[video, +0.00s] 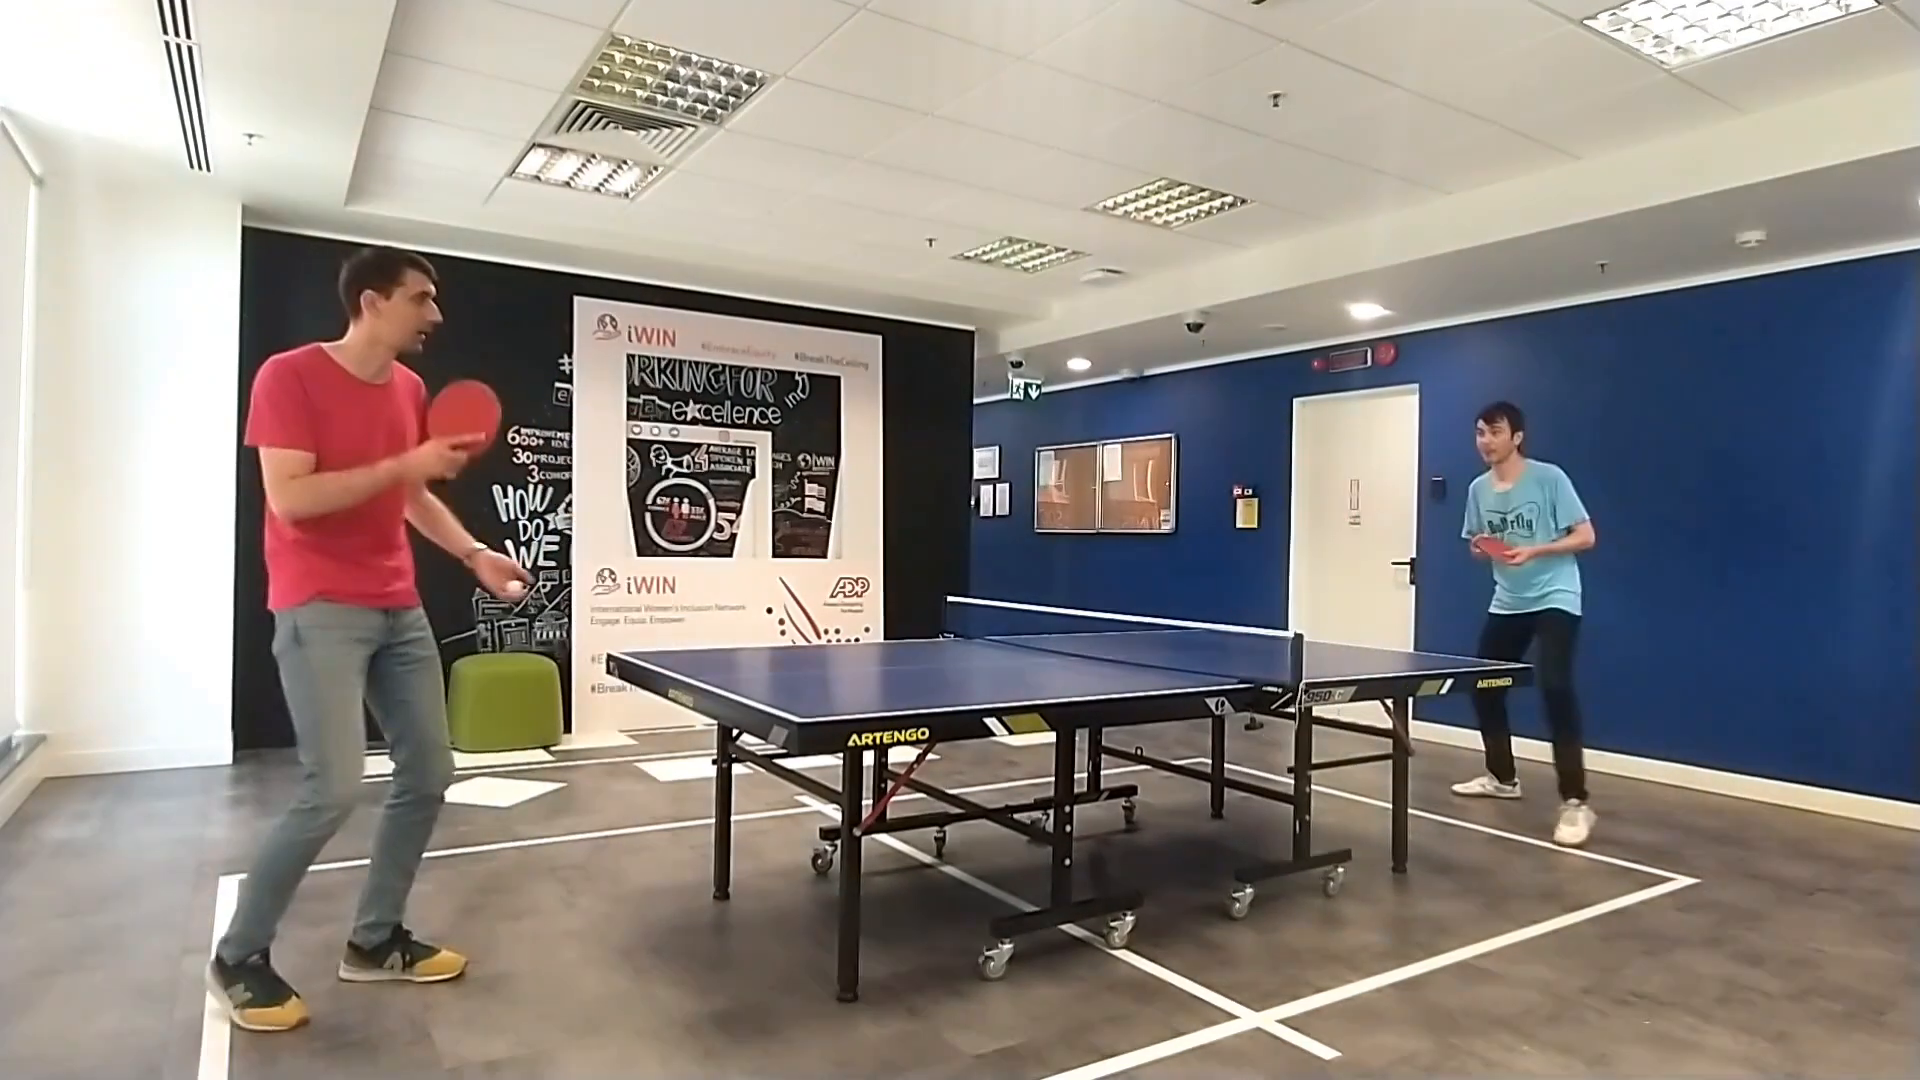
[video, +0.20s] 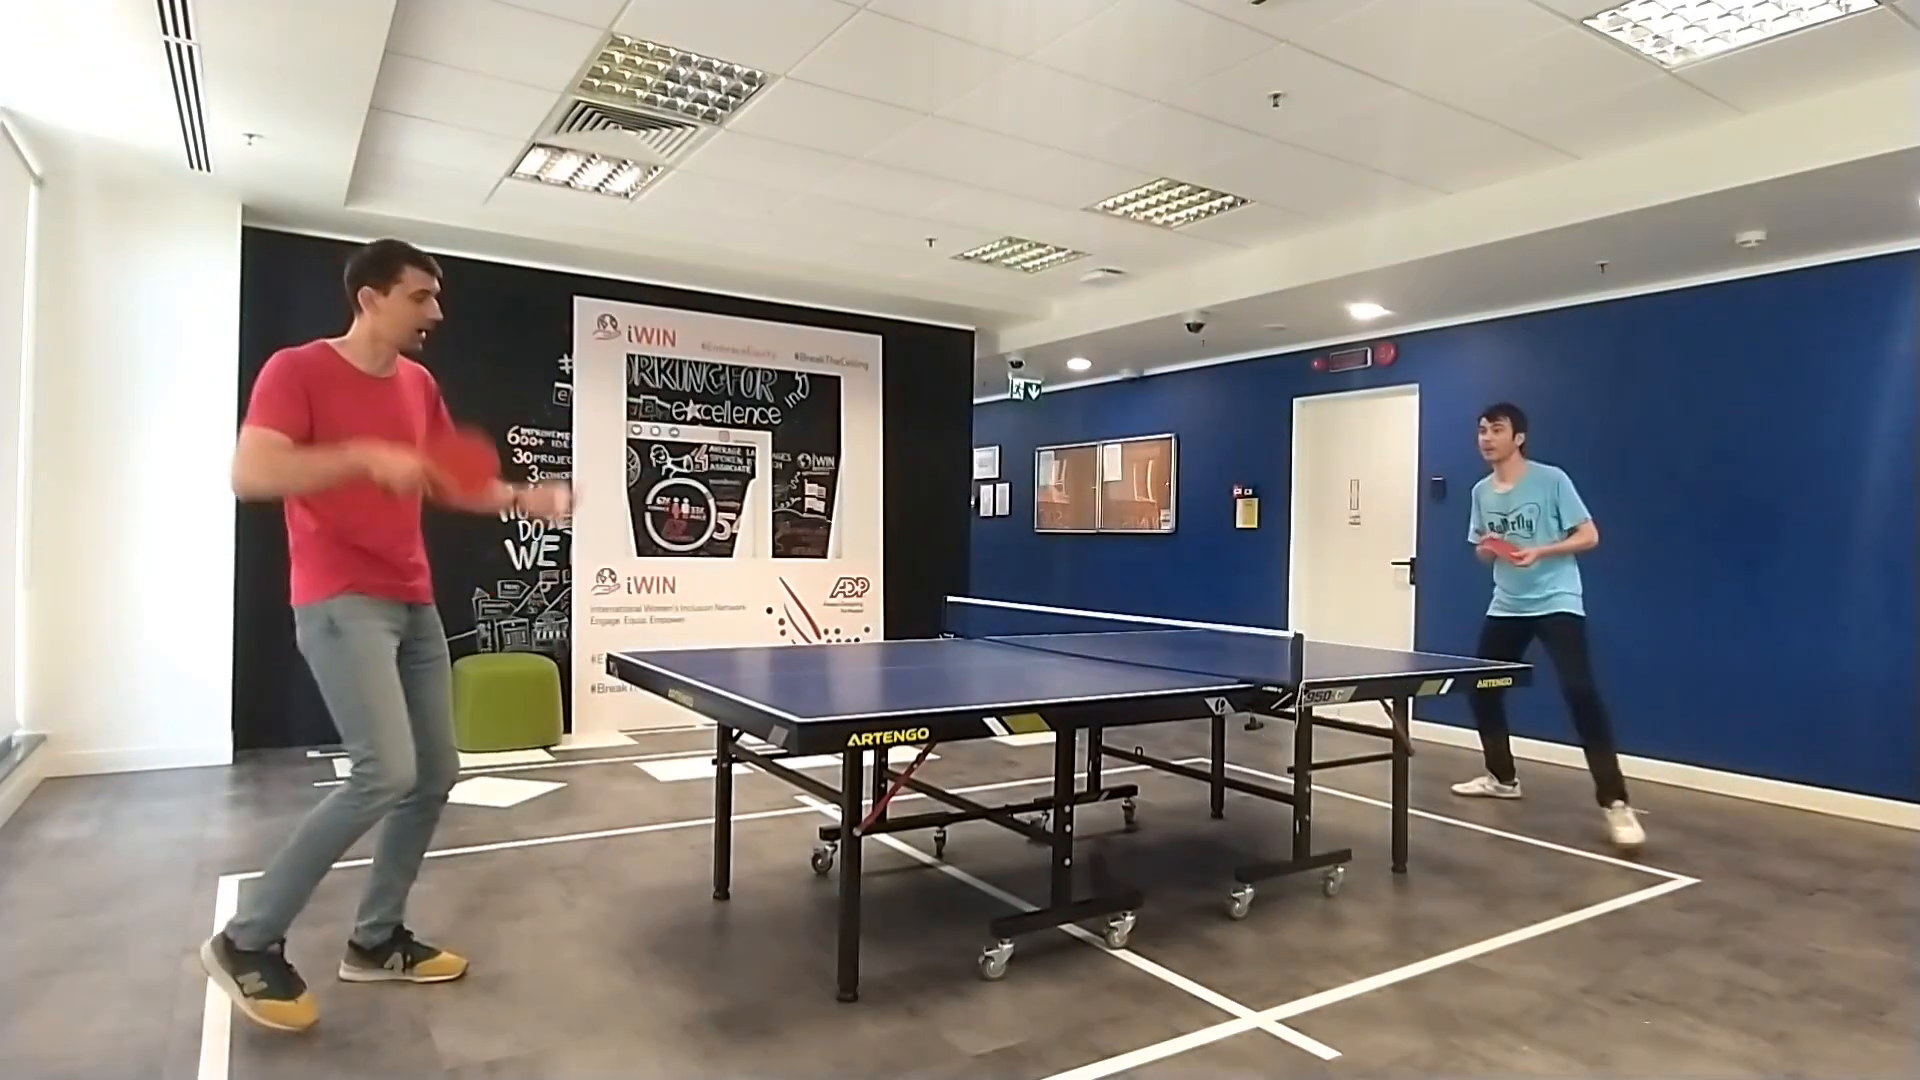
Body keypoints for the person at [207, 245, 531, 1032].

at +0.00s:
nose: (434, 314)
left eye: (434, 302)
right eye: (422, 299)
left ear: (397, 308)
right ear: (370, 303)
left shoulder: (407, 390)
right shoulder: (287, 377)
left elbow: (409, 492)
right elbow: (290, 500)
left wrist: (473, 552)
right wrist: (406, 466)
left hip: (399, 611)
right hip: (319, 614)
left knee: (426, 772)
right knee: (333, 788)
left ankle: (375, 937)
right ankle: (238, 957)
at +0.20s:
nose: (433, 312)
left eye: (436, 299)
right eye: (422, 297)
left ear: (399, 305)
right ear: (370, 299)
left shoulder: (417, 386)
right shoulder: (296, 370)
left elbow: (445, 482)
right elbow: (251, 471)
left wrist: (519, 497)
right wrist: (364, 457)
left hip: (414, 604)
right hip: (340, 604)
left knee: (431, 775)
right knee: (382, 772)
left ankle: (377, 936)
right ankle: (247, 939)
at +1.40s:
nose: (289, 356)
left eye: (287, 340)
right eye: (275, 340)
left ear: (223, 351)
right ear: (219, 347)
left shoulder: (199, 423)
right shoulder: (136, 432)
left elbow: (207, 510)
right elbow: (186, 574)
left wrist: (291, 526)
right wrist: (332, 544)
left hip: (156, 657)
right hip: (135, 664)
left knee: (151, 818)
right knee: (303, 800)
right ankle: (278, 1021)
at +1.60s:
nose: (250, 323)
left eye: (247, 308)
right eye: (236, 308)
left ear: (188, 319)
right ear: (181, 315)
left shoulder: (169, 399)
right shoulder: (88, 399)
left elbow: (151, 489)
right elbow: (70, 548)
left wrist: (242, 523)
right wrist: (227, 578)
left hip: (91, 629)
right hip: (51, 633)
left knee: (88, 800)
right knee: (185, 796)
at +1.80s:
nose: (243, 334)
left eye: (240, 318)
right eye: (230, 317)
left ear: (179, 325)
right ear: (174, 322)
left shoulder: (150, 410)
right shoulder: (96, 404)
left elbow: (111, 511)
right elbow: (92, 557)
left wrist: (183, 533)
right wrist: (246, 588)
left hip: (87, 635)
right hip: (29, 640)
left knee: (135, 779)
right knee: (107, 833)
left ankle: (16, 918)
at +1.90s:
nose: (254, 362)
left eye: (252, 346)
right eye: (243, 345)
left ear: (192, 352)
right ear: (190, 348)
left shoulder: (148, 429)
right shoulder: (109, 425)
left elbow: (112, 535)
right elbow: (111, 583)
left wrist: (164, 563)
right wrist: (264, 610)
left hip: (69, 645)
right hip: (22, 653)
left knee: (145, 770)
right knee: (120, 841)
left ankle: (88, 912)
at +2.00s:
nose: (271, 393)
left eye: (271, 377)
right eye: (264, 375)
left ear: (212, 373)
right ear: (216, 372)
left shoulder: (121, 421)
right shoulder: (145, 448)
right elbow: (111, 599)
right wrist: (228, 650)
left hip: (62, 656)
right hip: (33, 668)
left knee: (156, 770)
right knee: (134, 848)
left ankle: (113, 912)